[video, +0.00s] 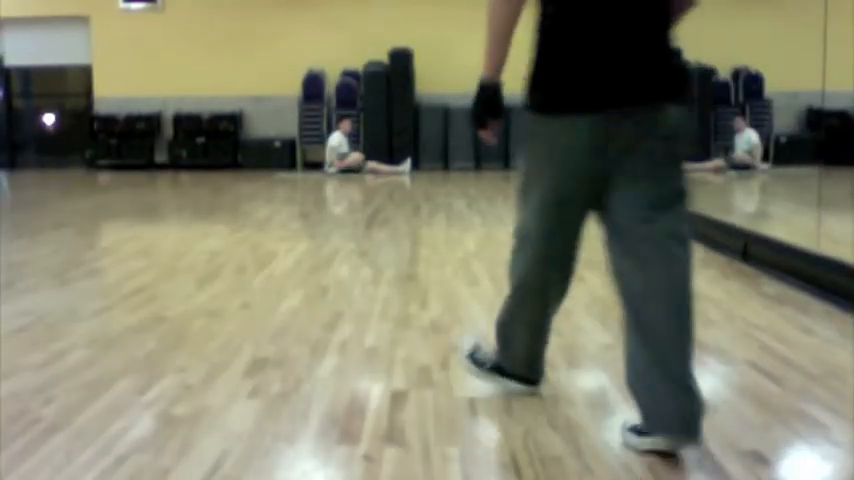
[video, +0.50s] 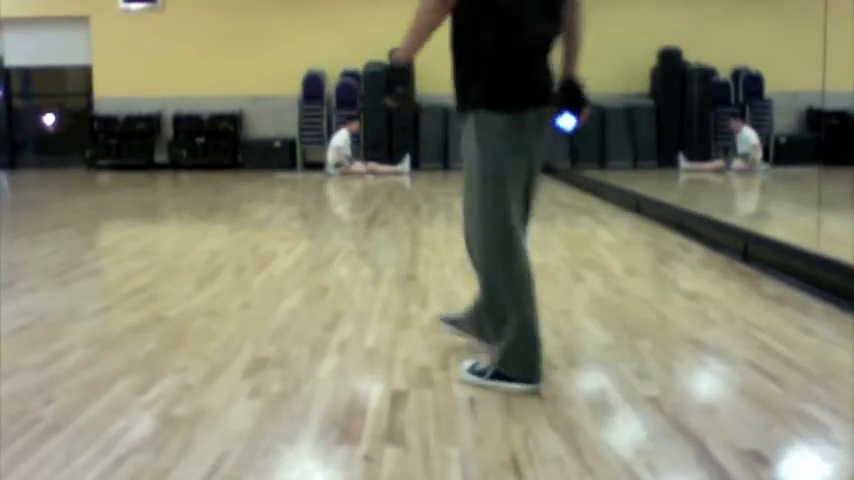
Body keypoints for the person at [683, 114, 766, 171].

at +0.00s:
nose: (736, 125)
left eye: (738, 122)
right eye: (735, 123)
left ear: (743, 123)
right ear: (734, 125)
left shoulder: (752, 134)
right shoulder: (737, 135)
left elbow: (757, 148)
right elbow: (737, 150)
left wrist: (757, 163)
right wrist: (733, 158)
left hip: (748, 162)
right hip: (736, 161)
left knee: (720, 163)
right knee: (717, 162)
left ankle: (693, 166)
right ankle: (692, 166)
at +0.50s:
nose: (730, 127)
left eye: (732, 124)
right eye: (730, 124)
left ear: (738, 122)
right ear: (734, 123)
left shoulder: (747, 133)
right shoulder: (740, 133)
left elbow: (757, 149)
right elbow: (741, 150)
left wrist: (750, 165)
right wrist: (738, 160)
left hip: (748, 164)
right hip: (741, 161)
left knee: (721, 164)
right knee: (719, 163)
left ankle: (688, 166)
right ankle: (688, 165)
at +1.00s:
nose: (725, 129)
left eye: (726, 126)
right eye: (724, 126)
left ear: (733, 125)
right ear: (734, 124)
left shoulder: (738, 135)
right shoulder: (740, 132)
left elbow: (724, 147)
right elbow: (726, 146)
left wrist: (710, 152)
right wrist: (712, 151)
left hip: (751, 163)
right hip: (742, 161)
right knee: (718, 165)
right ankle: (690, 166)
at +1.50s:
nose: (718, 130)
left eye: (720, 127)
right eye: (718, 127)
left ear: (724, 126)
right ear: (729, 125)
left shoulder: (732, 133)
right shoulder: (733, 133)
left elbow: (710, 144)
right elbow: (711, 144)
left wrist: (689, 149)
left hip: (745, 161)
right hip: (734, 161)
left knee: (734, 168)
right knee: (715, 166)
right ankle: (690, 166)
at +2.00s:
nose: (719, 130)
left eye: (720, 127)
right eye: (718, 127)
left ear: (724, 126)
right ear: (729, 125)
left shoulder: (731, 133)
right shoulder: (735, 132)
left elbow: (708, 146)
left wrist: (688, 150)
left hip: (745, 160)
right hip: (734, 160)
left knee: (734, 168)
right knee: (714, 166)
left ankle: (754, 171)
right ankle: (690, 166)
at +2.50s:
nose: (719, 133)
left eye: (720, 130)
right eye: (719, 131)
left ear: (725, 128)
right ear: (728, 126)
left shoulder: (731, 132)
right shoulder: (733, 132)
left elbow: (709, 146)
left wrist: (689, 151)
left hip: (746, 160)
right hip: (734, 159)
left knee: (733, 168)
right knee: (714, 166)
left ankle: (753, 171)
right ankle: (690, 166)